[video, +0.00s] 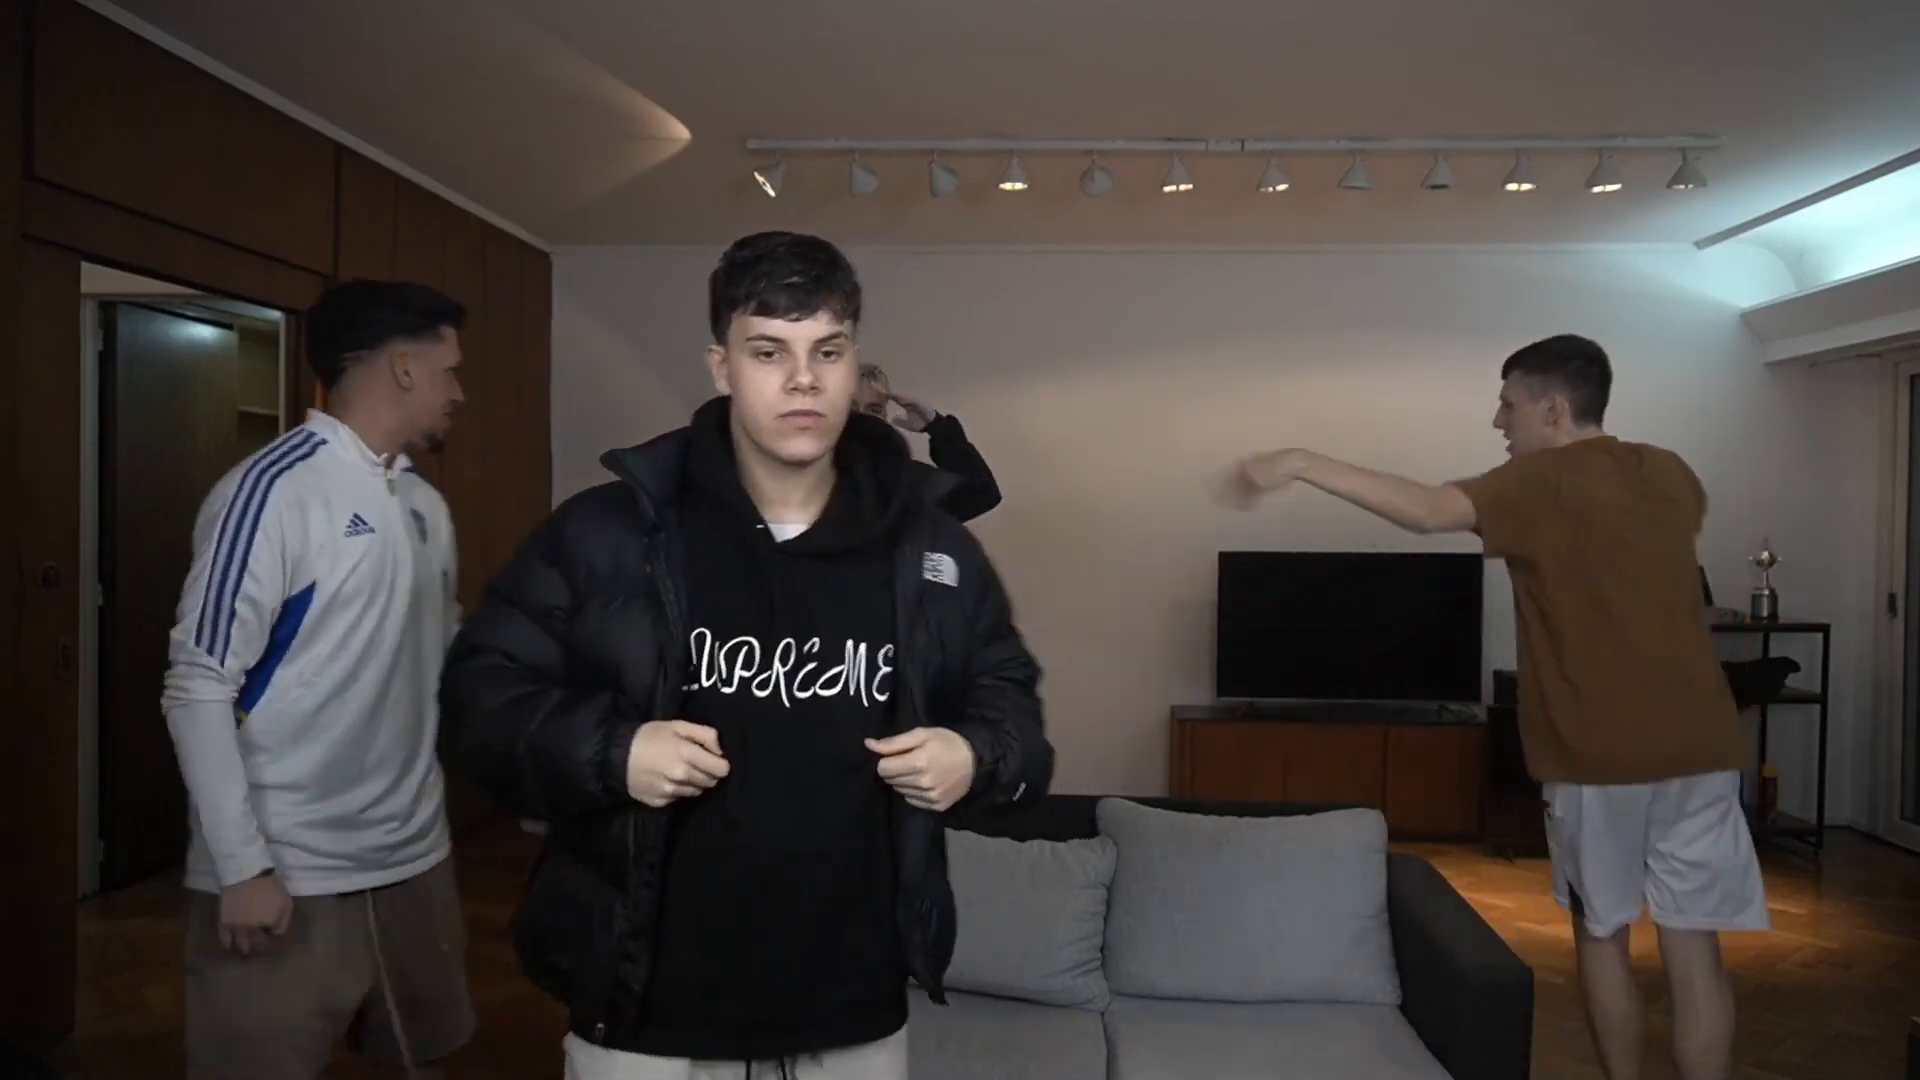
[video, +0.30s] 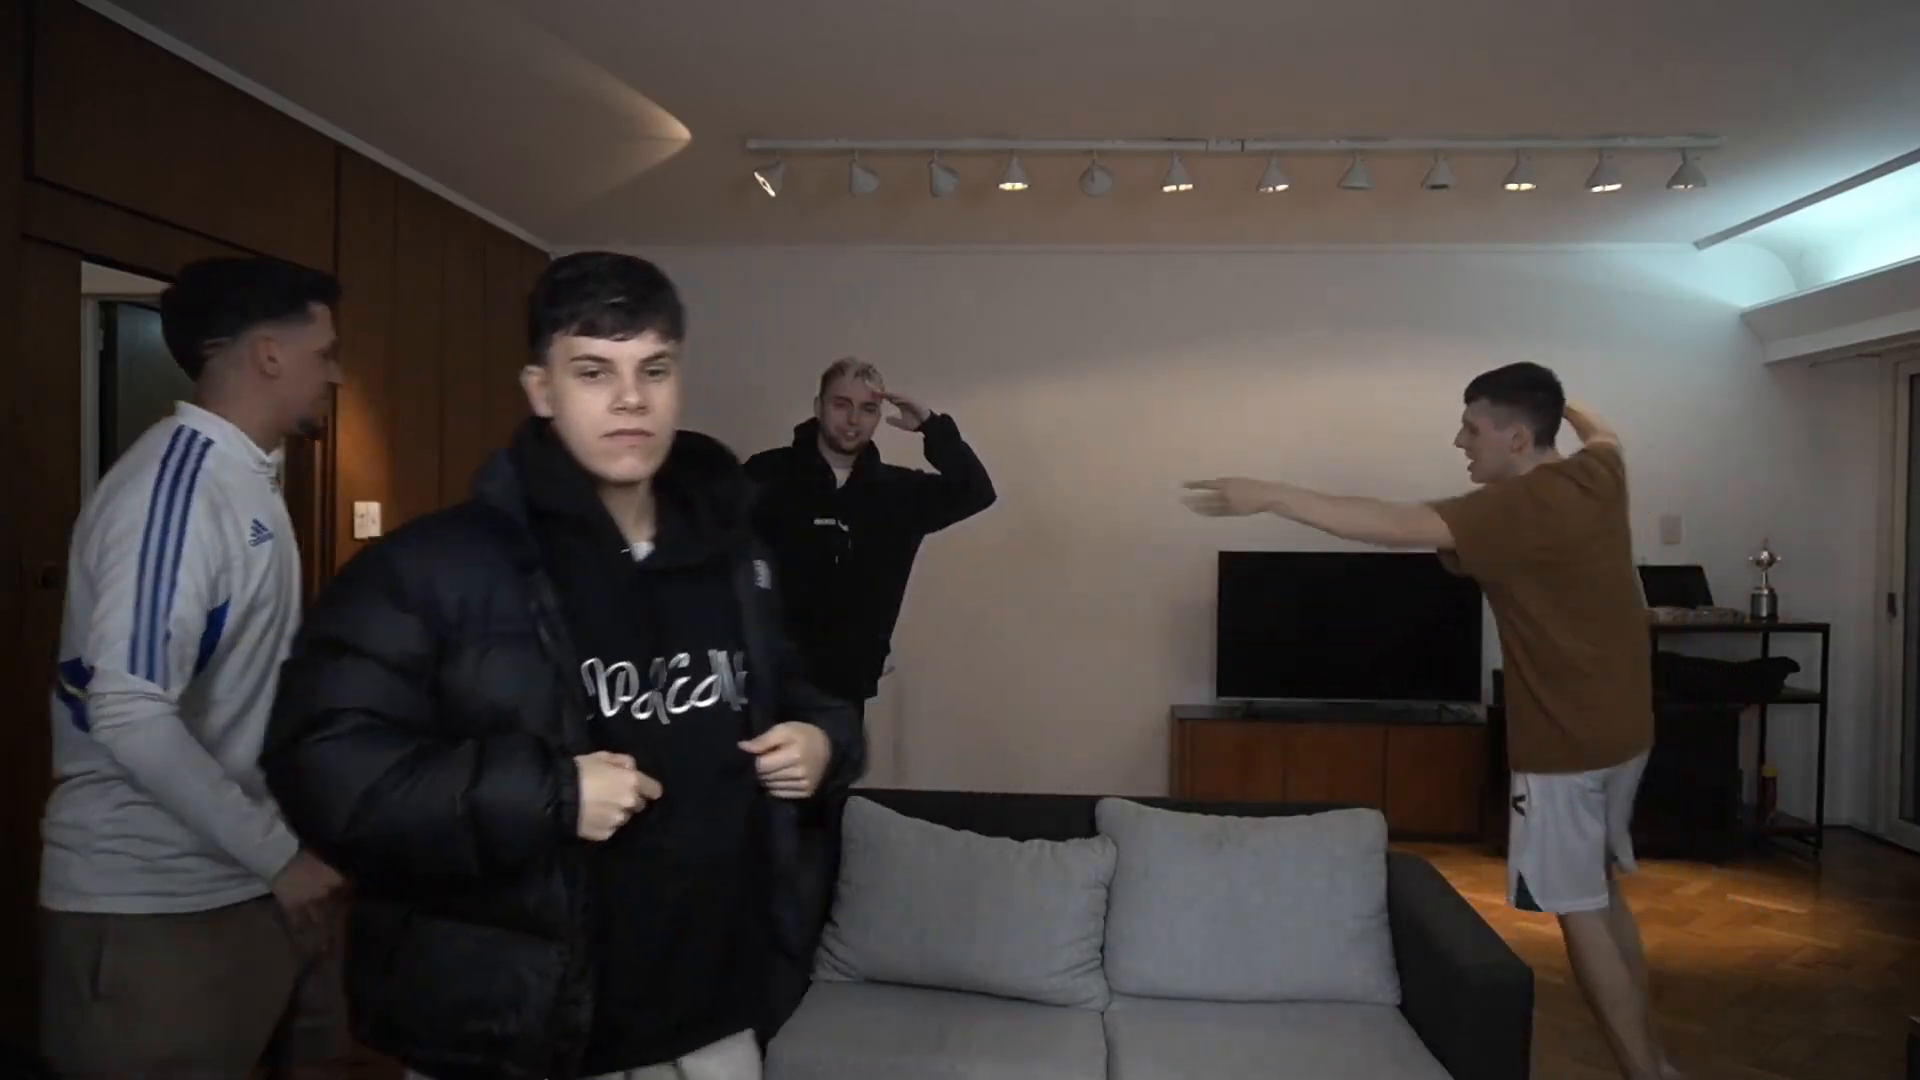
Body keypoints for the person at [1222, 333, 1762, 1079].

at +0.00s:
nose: (1499, 424)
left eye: (1507, 407)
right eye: (1500, 408)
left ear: (1553, 408)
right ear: (1582, 409)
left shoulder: (1533, 483)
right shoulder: (1669, 471)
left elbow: (1432, 508)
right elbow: (1695, 518)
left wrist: (1306, 463)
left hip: (1597, 752)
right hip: (1704, 742)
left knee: (1604, 941)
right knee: (1697, 951)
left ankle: (1625, 1074)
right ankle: (1709, 1075)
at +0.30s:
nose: (1462, 443)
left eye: (1473, 430)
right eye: (1465, 429)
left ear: (1522, 439)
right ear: (1536, 436)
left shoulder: (1506, 512)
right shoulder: (1600, 476)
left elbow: (1390, 524)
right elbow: (1602, 437)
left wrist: (1267, 495)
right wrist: (1560, 398)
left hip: (1566, 745)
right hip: (1627, 731)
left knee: (1580, 910)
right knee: (1603, 892)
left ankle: (1643, 1067)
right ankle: (1642, 1048)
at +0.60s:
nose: (1398, 448)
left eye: (1413, 436)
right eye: (1400, 434)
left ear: (1460, 442)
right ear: (1461, 446)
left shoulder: (1470, 499)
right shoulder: (1495, 492)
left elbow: (1397, 526)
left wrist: (1283, 510)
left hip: (1502, 718)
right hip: (1552, 706)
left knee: (1469, 863)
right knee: (1537, 856)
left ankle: (1552, 1010)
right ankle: (1584, 1020)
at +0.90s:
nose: (1329, 452)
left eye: (1343, 442)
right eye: (1327, 439)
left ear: (1381, 450)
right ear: (1323, 438)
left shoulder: (1397, 508)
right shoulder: (1362, 503)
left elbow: (1361, 566)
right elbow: (1332, 502)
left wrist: (1287, 523)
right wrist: (1279, 482)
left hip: (1398, 716)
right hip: (1378, 709)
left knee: (1380, 847)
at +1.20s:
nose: (1230, 445)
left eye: (1246, 434)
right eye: (1225, 433)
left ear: (1275, 441)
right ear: (1218, 434)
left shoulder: (1291, 498)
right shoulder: (1236, 498)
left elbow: (1300, 564)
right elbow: (1215, 511)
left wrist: (1237, 584)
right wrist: (1146, 503)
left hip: (1293, 705)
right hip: (1243, 697)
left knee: (1284, 835)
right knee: (1226, 825)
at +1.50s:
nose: (1143, 433)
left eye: (1158, 422)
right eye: (1135, 421)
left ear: (1181, 432)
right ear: (1125, 427)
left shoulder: (1211, 495)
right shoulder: (1116, 491)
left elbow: (1264, 531)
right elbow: (1049, 509)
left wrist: (1292, 542)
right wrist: (967, 504)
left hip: (1184, 686)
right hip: (1133, 679)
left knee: (1139, 809)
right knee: (1141, 809)